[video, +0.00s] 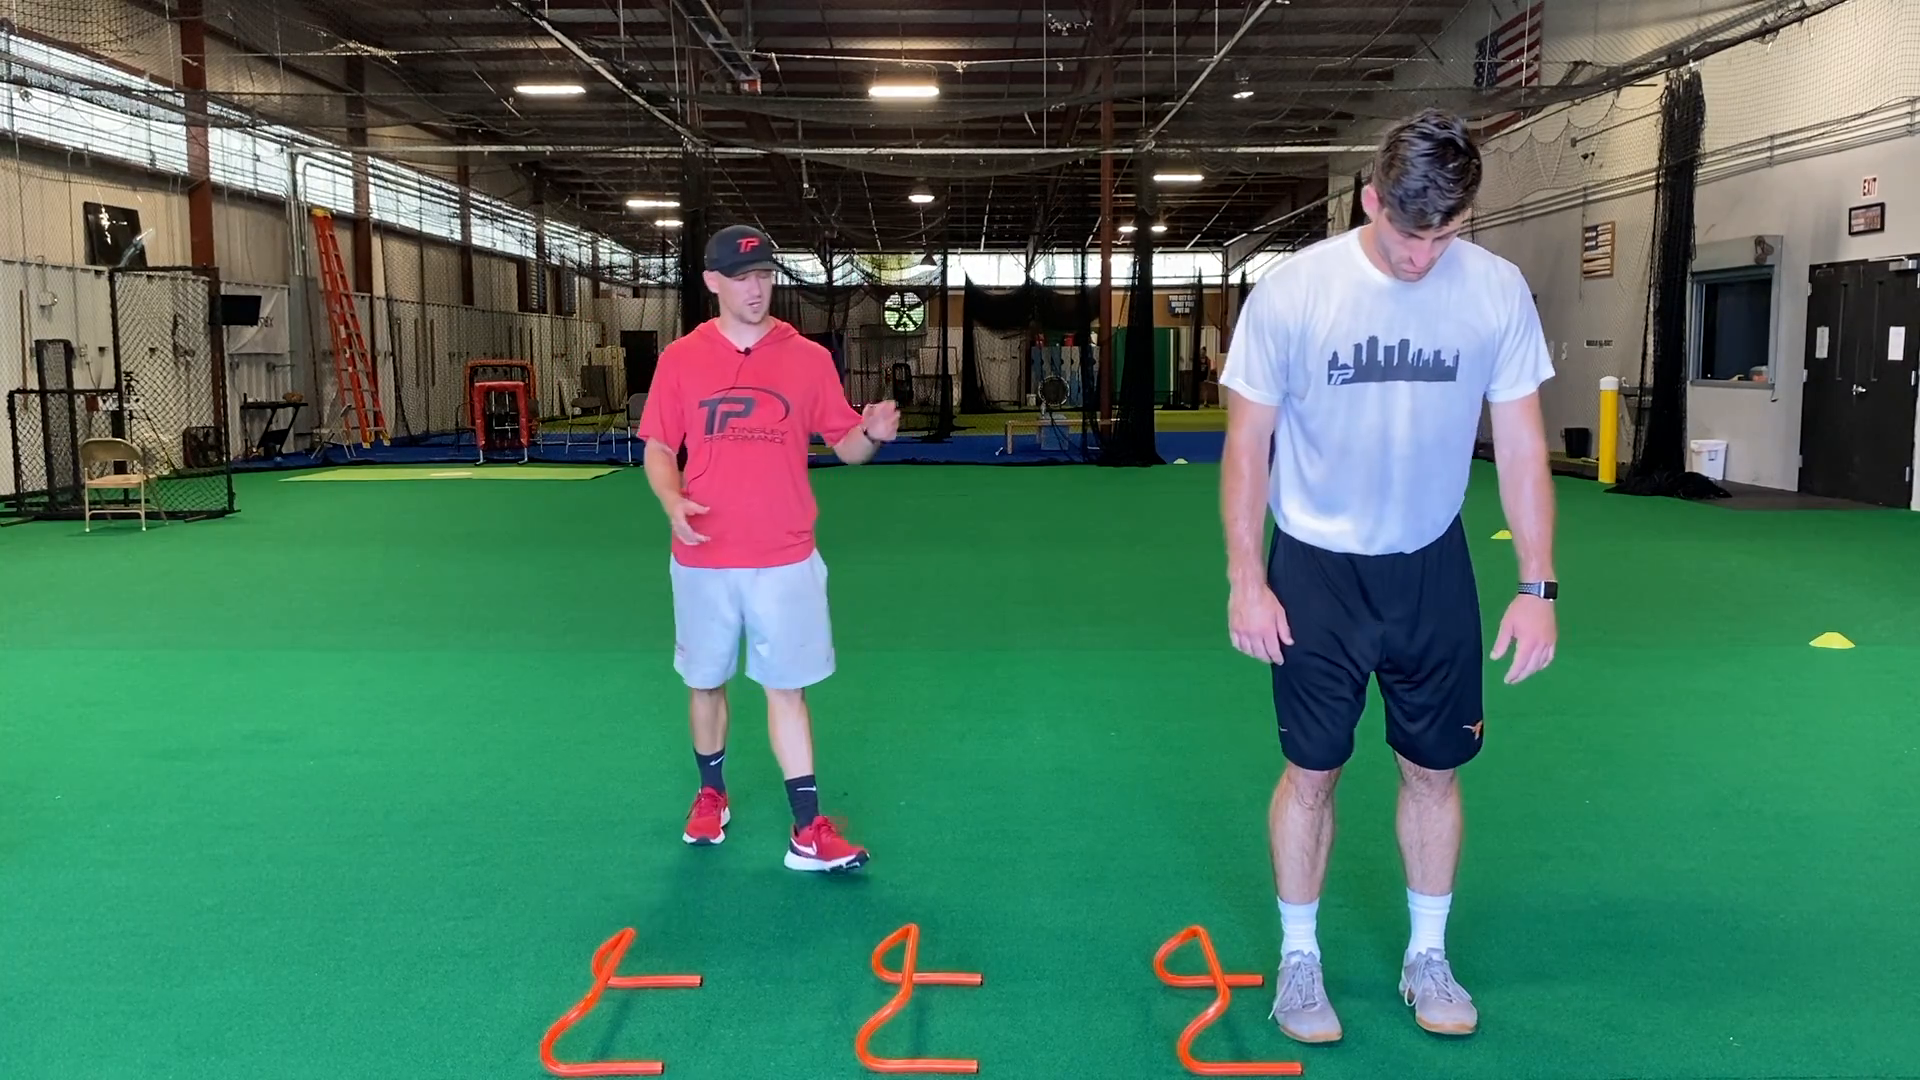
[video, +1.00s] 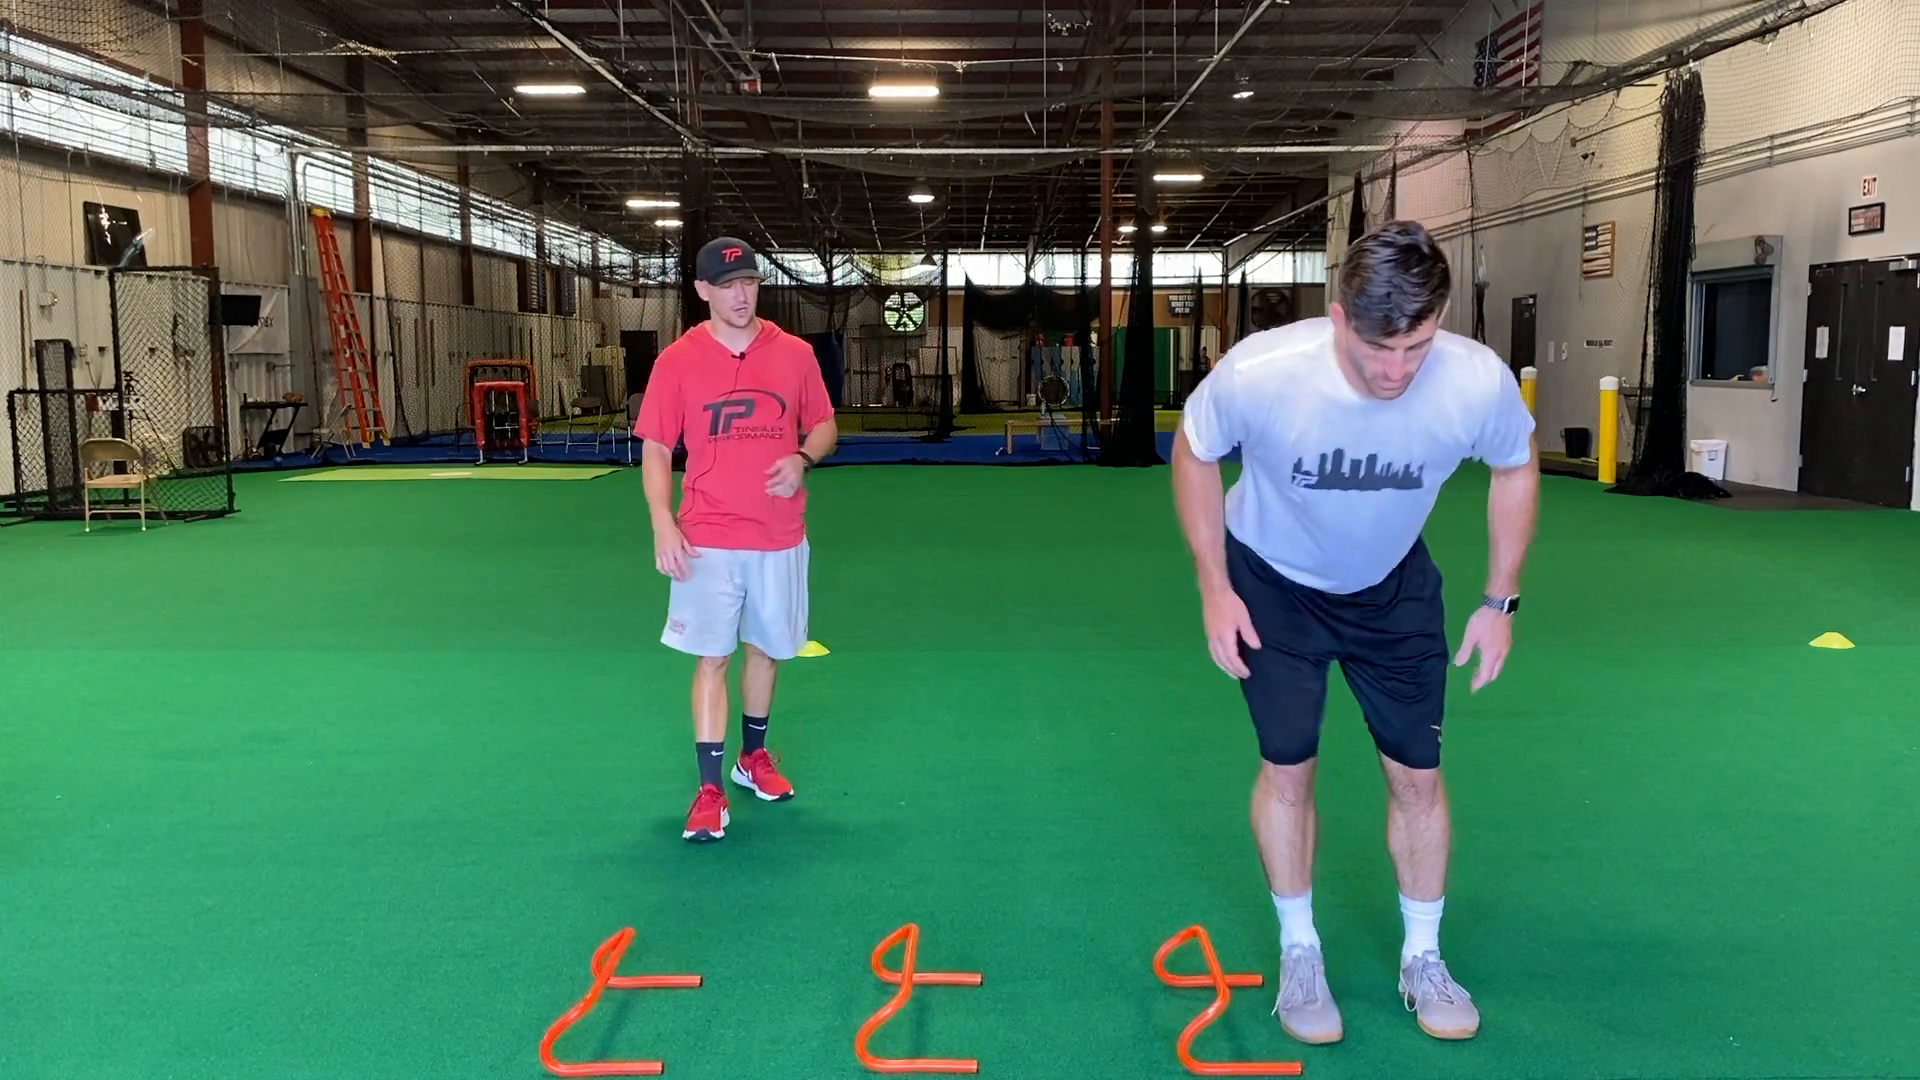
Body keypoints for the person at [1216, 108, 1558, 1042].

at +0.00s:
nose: (1424, 253)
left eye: (1442, 234)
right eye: (1408, 232)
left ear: (1463, 213)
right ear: (1369, 200)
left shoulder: (1496, 293)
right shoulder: (1290, 292)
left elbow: (1520, 446)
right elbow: (1247, 444)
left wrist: (1538, 583)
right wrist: (1247, 581)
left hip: (1431, 564)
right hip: (1315, 565)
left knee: (1432, 764)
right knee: (1312, 767)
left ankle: (1428, 959)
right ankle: (1298, 962)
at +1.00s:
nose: (1396, 367)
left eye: (1414, 347)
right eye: (1377, 347)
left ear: (1436, 322)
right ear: (1338, 318)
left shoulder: (1476, 381)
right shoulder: (1257, 374)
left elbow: (1517, 467)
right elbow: (1192, 449)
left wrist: (1499, 598)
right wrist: (1214, 586)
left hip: (1394, 581)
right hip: (1275, 580)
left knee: (1418, 769)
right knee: (1288, 763)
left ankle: (1424, 958)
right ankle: (1300, 952)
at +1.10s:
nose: (1367, 377)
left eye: (1386, 357)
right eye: (1349, 357)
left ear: (1410, 334)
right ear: (1309, 329)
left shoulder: (1451, 409)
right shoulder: (1229, 380)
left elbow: (1487, 514)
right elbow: (1177, 440)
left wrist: (1461, 647)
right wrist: (1180, 571)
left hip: (1369, 578)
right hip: (1248, 573)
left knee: (1410, 772)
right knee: (1259, 756)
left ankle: (1421, 957)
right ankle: (1275, 871)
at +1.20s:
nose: (1316, 376)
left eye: (1336, 356)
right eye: (1298, 355)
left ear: (1363, 335)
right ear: (1262, 331)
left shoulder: (1408, 421)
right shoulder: (1197, 388)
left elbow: (1440, 527)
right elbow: (1138, 424)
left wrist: (1387, 628)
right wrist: (1126, 539)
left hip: (1341, 590)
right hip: (1216, 579)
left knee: (1400, 789)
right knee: (1199, 739)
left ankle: (1422, 961)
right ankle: (1190, 814)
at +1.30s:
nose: (1237, 342)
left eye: (1254, 322)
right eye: (1220, 322)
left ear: (1280, 298)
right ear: (1181, 302)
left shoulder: (1334, 371)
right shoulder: (1121, 364)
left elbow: (1390, 441)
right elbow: (1078, 403)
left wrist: (1331, 516)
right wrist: (1082, 521)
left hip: (1293, 582)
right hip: (1163, 572)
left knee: (1360, 764)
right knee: (1116, 735)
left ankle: (1423, 947)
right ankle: (1091, 877)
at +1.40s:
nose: (1149, 313)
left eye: (1165, 293)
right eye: (1130, 295)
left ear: (1193, 275)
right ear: (1099, 279)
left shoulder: (1250, 333)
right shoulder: (1039, 354)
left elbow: (1320, 349)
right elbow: (1010, 423)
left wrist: (1293, 478)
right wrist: (1038, 539)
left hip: (1230, 569)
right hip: (1103, 581)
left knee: (1315, 750)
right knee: (1081, 773)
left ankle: (1343, 857)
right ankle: (1053, 942)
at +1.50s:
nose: (1073, 296)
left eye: (1090, 276)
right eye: (1056, 278)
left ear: (1123, 251)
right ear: (1027, 260)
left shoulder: (1181, 324)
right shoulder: (978, 334)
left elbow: (1262, 347)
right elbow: (948, 408)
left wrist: (1224, 476)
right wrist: (978, 498)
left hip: (1159, 546)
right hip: (1042, 565)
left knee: (1205, 714)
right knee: (1041, 753)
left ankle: (1180, 814)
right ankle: (1048, 935)